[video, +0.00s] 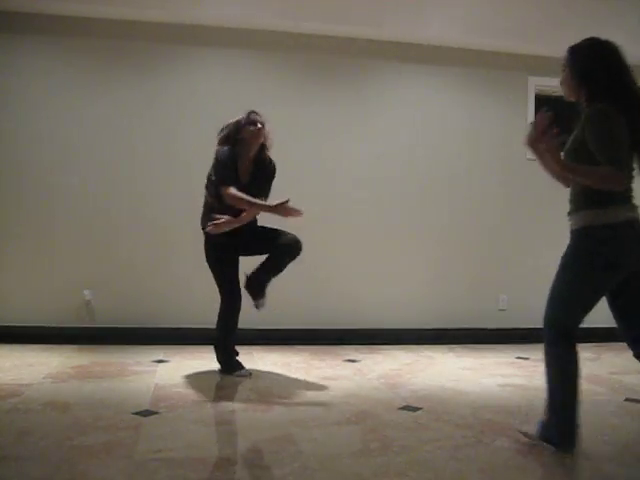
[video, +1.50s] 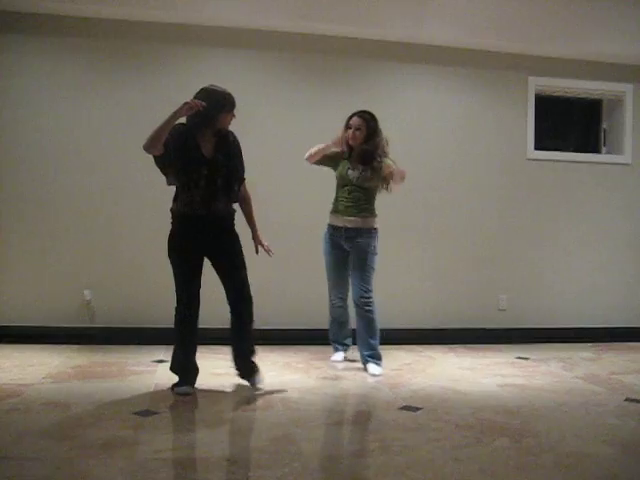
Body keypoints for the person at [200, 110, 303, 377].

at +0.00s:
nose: (256, 125)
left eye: (259, 123)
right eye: (249, 123)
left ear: (265, 134)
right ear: (239, 132)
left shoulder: (266, 166)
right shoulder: (225, 155)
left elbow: (254, 207)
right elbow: (228, 194)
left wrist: (233, 223)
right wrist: (271, 208)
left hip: (246, 232)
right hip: (219, 236)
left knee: (291, 244)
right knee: (231, 297)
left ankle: (257, 282)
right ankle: (227, 360)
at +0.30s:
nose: (259, 114)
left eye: (262, 110)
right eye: (253, 109)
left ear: (265, 115)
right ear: (238, 113)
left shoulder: (267, 147)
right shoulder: (218, 142)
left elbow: (277, 189)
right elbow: (209, 182)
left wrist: (295, 225)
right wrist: (203, 217)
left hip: (255, 228)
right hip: (221, 227)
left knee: (240, 295)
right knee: (234, 295)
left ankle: (233, 368)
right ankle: (247, 351)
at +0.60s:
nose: (257, 114)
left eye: (258, 110)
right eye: (251, 109)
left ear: (255, 116)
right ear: (235, 112)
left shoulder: (260, 146)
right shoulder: (209, 142)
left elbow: (289, 166)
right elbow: (163, 150)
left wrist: (323, 148)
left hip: (259, 232)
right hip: (227, 232)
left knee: (252, 300)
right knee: (190, 284)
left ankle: (246, 371)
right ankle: (232, 327)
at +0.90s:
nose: (244, 115)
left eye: (246, 110)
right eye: (240, 110)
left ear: (243, 113)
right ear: (223, 110)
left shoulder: (250, 136)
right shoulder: (196, 136)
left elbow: (290, 129)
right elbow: (151, 124)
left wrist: (282, 116)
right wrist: (175, 122)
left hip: (247, 226)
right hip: (213, 226)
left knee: (248, 299)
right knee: (200, 299)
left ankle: (242, 368)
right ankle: (181, 375)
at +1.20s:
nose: (233, 121)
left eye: (234, 116)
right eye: (229, 116)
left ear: (228, 118)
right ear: (212, 118)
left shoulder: (232, 143)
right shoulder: (186, 144)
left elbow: (252, 167)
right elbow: (144, 161)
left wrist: (273, 190)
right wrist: (172, 134)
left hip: (222, 233)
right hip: (188, 231)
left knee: (234, 306)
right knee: (187, 306)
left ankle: (217, 363)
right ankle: (185, 376)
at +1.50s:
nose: (232, 118)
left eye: (232, 113)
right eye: (228, 113)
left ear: (224, 114)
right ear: (212, 113)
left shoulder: (229, 141)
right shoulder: (181, 136)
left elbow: (241, 189)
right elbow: (150, 147)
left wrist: (255, 231)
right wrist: (178, 113)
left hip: (222, 229)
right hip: (186, 229)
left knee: (241, 298)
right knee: (187, 304)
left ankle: (246, 364)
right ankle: (185, 376)